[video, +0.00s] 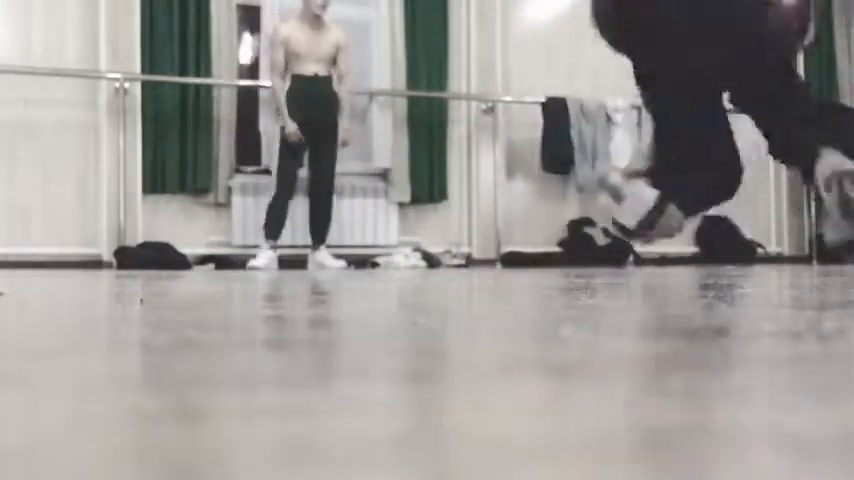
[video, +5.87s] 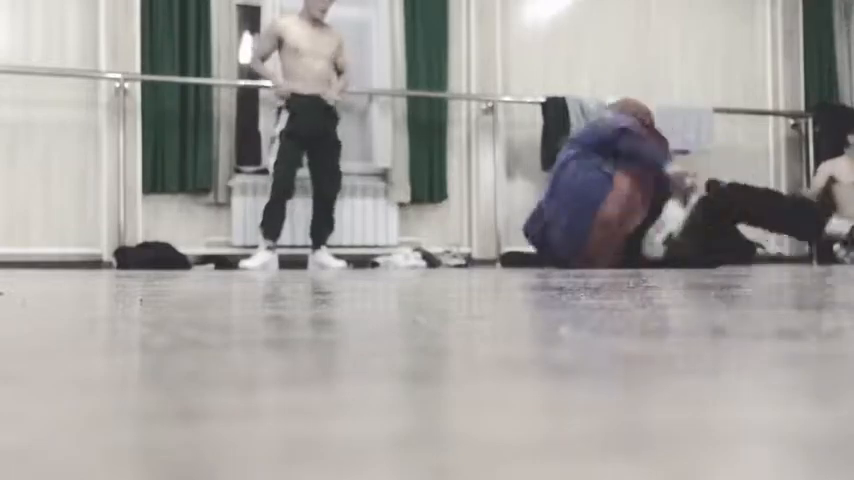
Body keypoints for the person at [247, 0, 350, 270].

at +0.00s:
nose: (321, 4)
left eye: (325, 1)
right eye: (317, 0)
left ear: (328, 4)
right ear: (306, 1)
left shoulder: (336, 34)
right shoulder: (285, 31)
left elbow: (342, 81)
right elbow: (277, 79)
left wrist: (344, 123)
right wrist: (286, 120)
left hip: (326, 95)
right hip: (295, 93)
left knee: (323, 179)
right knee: (286, 179)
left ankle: (318, 250)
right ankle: (269, 248)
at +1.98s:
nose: (331, 5)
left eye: (333, 2)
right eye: (327, 1)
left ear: (331, 7)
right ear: (311, 2)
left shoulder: (337, 40)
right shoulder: (286, 29)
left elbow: (343, 84)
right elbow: (279, 76)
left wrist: (347, 126)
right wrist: (283, 119)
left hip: (329, 100)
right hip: (299, 98)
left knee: (325, 180)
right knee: (288, 178)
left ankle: (319, 250)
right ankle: (268, 248)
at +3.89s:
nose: (329, 5)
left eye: (332, 2)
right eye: (325, 0)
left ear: (331, 6)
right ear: (310, 1)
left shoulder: (335, 38)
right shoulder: (284, 30)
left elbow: (349, 76)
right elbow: (267, 72)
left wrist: (343, 99)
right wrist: (287, 95)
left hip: (328, 97)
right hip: (298, 94)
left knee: (324, 179)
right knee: (288, 177)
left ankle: (319, 251)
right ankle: (268, 249)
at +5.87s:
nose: (325, 5)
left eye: (329, 2)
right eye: (321, 1)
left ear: (331, 5)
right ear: (307, 1)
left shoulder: (333, 36)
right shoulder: (283, 26)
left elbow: (344, 73)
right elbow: (255, 60)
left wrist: (336, 91)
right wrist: (277, 80)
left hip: (324, 109)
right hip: (294, 107)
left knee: (327, 184)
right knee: (283, 181)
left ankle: (319, 252)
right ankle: (267, 250)